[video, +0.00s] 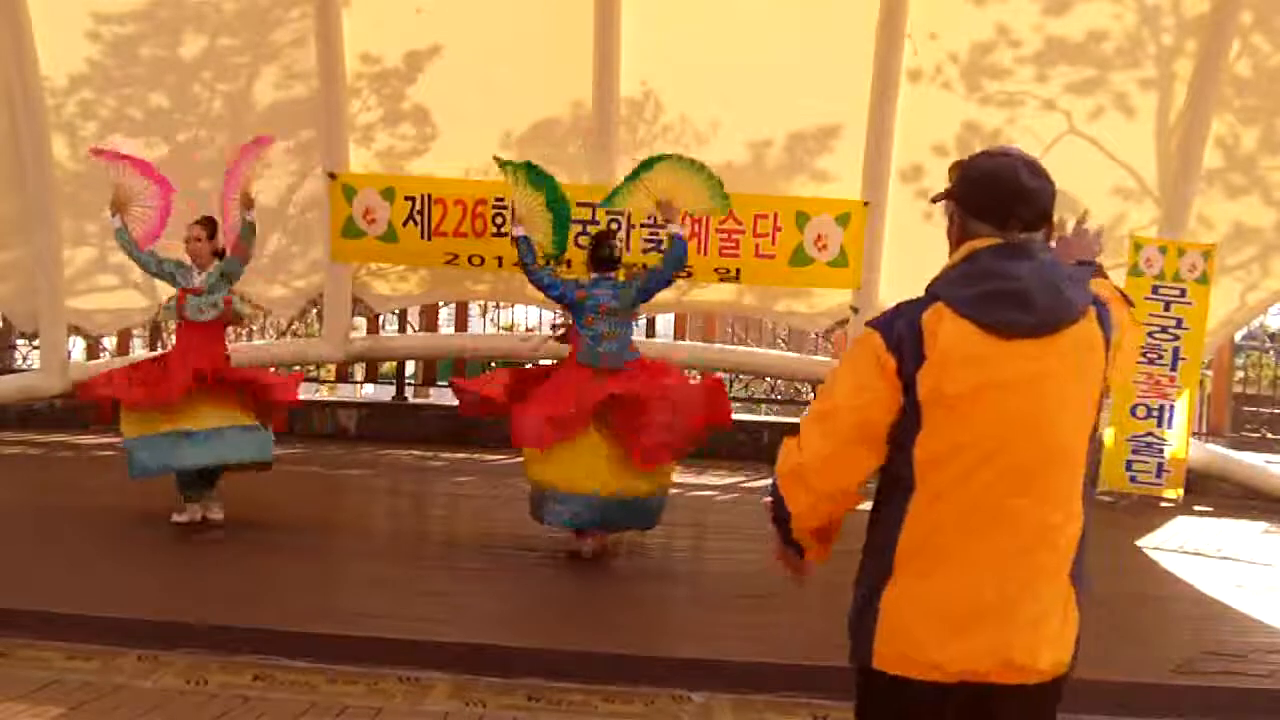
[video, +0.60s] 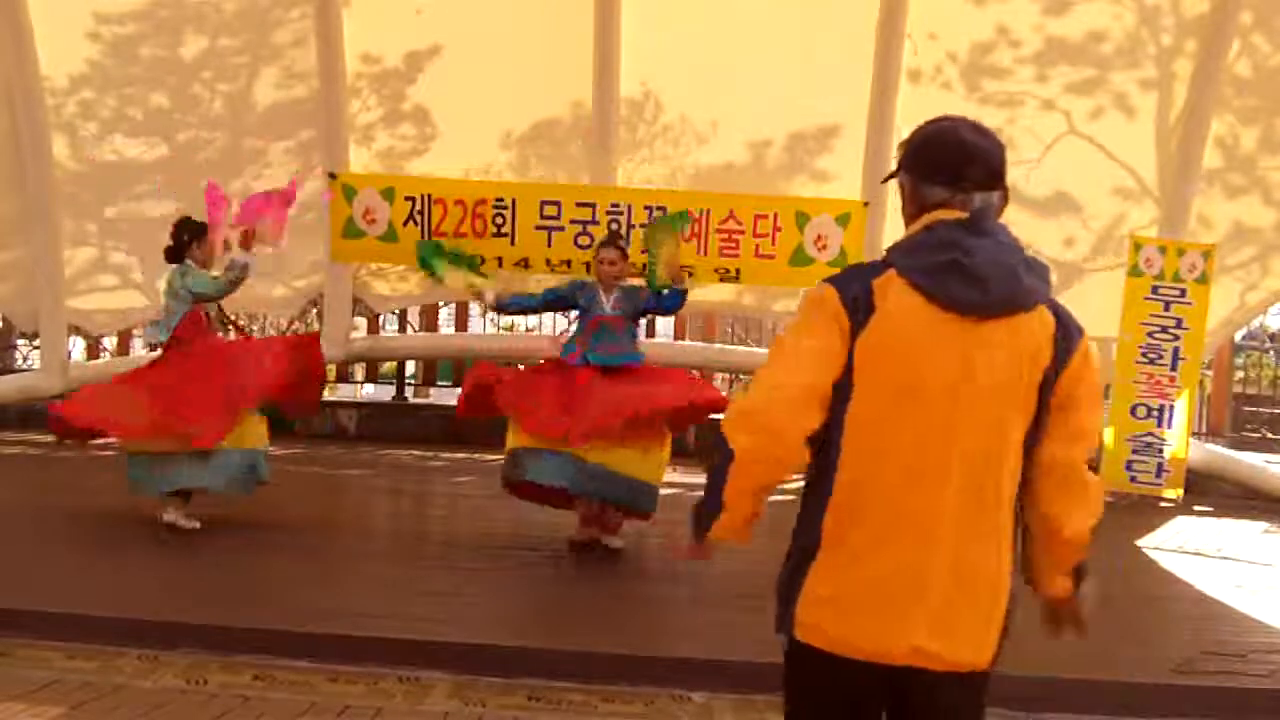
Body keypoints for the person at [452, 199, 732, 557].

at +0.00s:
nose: (615, 259)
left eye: (607, 255)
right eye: (616, 254)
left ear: (588, 260)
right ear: (619, 259)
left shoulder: (575, 293)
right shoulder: (631, 291)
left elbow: (538, 275)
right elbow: (670, 268)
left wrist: (521, 236)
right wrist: (675, 228)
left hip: (582, 372)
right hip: (624, 372)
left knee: (580, 447)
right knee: (614, 449)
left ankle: (583, 529)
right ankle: (600, 529)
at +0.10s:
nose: (627, 266)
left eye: (625, 260)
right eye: (624, 260)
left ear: (586, 262)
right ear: (615, 262)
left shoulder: (572, 292)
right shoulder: (621, 293)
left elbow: (561, 267)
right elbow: (665, 274)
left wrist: (569, 237)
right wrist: (686, 234)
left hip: (574, 372)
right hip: (614, 376)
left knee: (574, 448)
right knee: (604, 449)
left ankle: (573, 525)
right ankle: (594, 528)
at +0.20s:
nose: (626, 268)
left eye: (627, 262)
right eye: (622, 262)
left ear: (613, 264)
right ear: (607, 263)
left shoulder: (608, 291)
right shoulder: (600, 290)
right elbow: (631, 273)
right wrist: (659, 237)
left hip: (605, 372)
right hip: (590, 372)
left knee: (595, 448)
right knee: (585, 447)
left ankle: (589, 526)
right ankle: (581, 529)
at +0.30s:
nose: (630, 271)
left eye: (632, 265)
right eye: (626, 264)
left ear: (628, 268)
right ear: (609, 265)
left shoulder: (626, 296)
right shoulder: (595, 294)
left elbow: (650, 285)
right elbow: (592, 275)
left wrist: (677, 258)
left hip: (625, 375)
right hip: (593, 374)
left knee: (621, 445)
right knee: (590, 446)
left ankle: (616, 523)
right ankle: (586, 525)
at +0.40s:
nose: (624, 270)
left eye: (629, 264)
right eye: (618, 263)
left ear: (633, 267)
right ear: (600, 264)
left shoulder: (634, 297)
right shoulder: (589, 291)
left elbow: (673, 293)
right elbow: (556, 280)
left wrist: (704, 266)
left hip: (629, 377)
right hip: (591, 374)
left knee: (623, 446)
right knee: (590, 443)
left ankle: (613, 523)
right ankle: (582, 518)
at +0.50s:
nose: (615, 267)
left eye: (621, 262)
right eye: (610, 261)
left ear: (629, 265)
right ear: (598, 263)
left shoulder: (637, 296)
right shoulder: (583, 291)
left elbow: (676, 300)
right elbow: (543, 289)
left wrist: (702, 273)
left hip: (630, 378)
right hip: (586, 377)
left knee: (621, 453)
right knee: (585, 450)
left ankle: (611, 533)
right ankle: (583, 532)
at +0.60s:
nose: (608, 268)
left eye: (614, 263)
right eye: (603, 263)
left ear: (626, 266)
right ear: (595, 264)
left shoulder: (636, 296)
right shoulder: (582, 291)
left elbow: (667, 306)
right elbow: (541, 301)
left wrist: (678, 284)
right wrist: (497, 302)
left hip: (625, 377)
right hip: (585, 376)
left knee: (618, 452)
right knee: (587, 451)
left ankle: (609, 528)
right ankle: (586, 527)